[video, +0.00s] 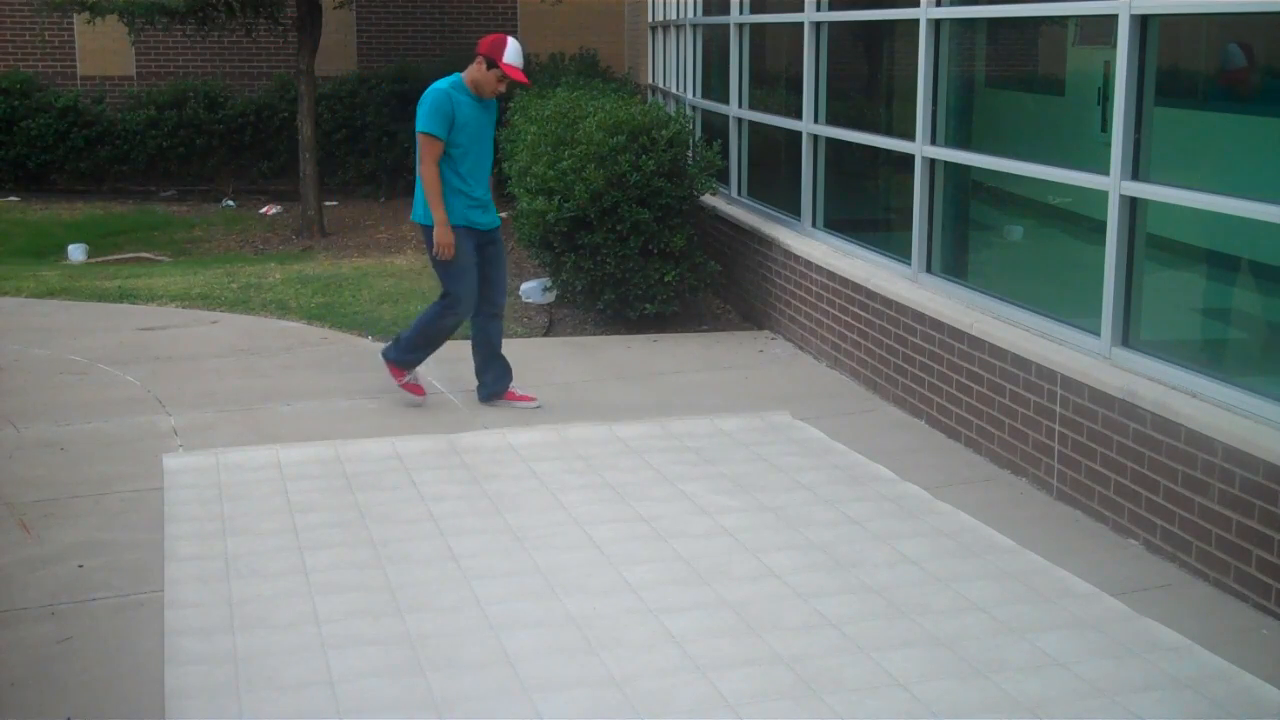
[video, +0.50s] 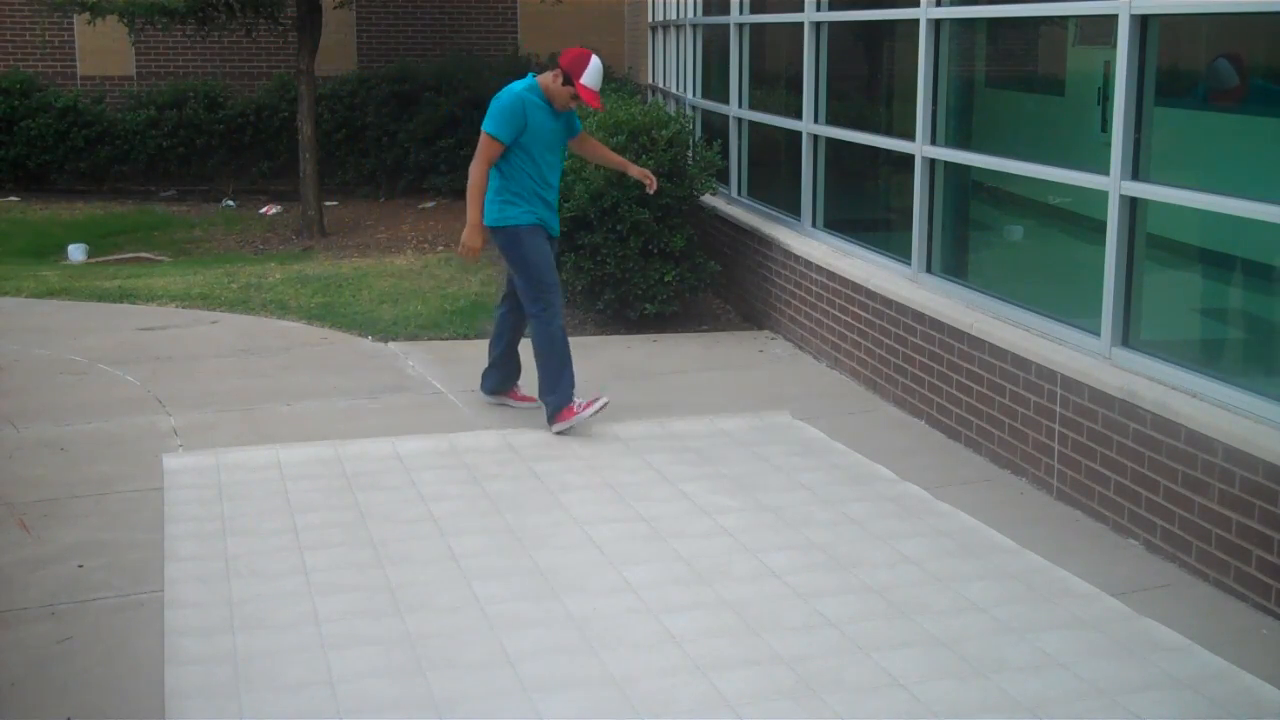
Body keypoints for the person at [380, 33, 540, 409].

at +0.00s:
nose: (503, 89)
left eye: (508, 83)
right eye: (500, 79)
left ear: (491, 71)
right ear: (479, 64)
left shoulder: (488, 102)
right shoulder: (440, 97)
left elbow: (481, 163)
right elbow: (427, 163)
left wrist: (490, 211)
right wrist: (441, 224)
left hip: (484, 220)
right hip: (448, 221)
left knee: (491, 305)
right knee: (460, 301)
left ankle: (493, 387)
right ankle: (399, 357)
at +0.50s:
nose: (574, 105)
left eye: (579, 101)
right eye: (574, 97)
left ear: (570, 85)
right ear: (558, 77)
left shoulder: (561, 110)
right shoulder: (513, 100)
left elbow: (584, 144)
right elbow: (479, 163)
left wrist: (630, 168)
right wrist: (474, 224)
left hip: (543, 220)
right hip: (512, 218)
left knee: (518, 302)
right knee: (546, 301)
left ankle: (498, 381)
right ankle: (559, 407)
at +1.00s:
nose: (636, 146)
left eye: (643, 142)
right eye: (636, 139)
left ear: (628, 109)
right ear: (623, 117)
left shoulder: (604, 93)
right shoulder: (585, 138)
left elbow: (550, 111)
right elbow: (558, 205)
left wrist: (518, 141)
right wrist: (599, 257)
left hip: (579, 213)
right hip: (542, 221)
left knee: (605, 299)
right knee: (565, 314)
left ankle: (582, 386)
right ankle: (566, 415)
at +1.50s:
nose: (633, 129)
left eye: (636, 121)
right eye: (627, 124)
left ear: (642, 107)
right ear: (600, 116)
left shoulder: (640, 116)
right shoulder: (565, 144)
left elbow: (660, 143)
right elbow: (546, 210)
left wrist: (694, 180)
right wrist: (554, 270)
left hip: (641, 235)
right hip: (593, 240)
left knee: (662, 317)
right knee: (599, 325)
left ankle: (690, 402)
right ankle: (567, 414)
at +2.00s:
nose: (741, 106)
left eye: (745, 99)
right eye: (734, 98)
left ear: (750, 92)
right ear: (711, 90)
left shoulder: (747, 113)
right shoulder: (675, 125)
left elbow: (745, 149)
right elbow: (641, 181)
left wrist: (757, 187)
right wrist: (630, 240)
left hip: (729, 232)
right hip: (679, 234)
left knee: (742, 319)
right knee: (670, 320)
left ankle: (739, 399)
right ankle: (630, 397)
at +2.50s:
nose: (732, 72)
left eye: (741, 64)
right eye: (725, 63)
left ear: (756, 65)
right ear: (716, 63)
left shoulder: (778, 108)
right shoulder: (691, 99)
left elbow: (789, 173)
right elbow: (666, 157)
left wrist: (795, 234)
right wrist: (657, 215)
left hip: (747, 231)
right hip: (694, 226)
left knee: (743, 319)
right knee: (690, 314)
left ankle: (739, 397)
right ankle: (699, 386)